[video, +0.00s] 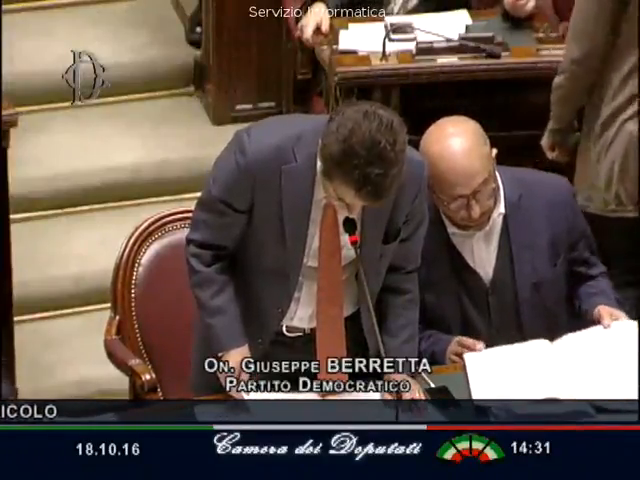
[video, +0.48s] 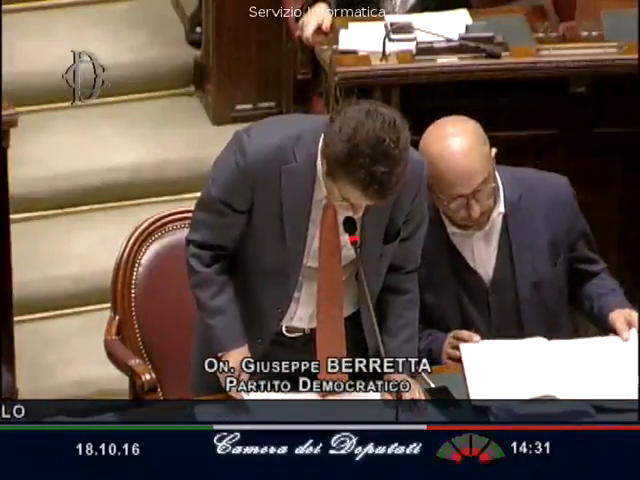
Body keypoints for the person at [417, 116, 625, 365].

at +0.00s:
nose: (473, 211)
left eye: (481, 192)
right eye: (455, 200)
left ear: (493, 157)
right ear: (429, 185)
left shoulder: (552, 197)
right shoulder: (407, 221)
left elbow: (586, 271)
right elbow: (394, 324)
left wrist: (601, 305)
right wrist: (441, 348)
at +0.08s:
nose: (473, 210)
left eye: (481, 191)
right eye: (455, 199)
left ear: (493, 157)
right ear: (428, 186)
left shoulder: (551, 196)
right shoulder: (407, 222)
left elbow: (586, 272)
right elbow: (392, 321)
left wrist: (605, 307)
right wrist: (441, 347)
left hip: (556, 376)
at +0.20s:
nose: (473, 210)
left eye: (481, 191)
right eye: (455, 199)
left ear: (493, 158)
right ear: (428, 186)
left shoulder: (551, 196)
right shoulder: (407, 222)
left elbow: (587, 272)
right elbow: (392, 321)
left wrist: (610, 307)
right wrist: (441, 346)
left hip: (555, 375)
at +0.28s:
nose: (472, 210)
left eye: (481, 191)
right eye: (455, 199)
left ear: (493, 158)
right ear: (428, 185)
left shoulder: (551, 196)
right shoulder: (407, 221)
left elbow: (587, 272)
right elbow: (392, 322)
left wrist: (612, 307)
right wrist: (440, 346)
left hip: (556, 376)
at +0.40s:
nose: (473, 210)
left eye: (481, 191)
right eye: (455, 199)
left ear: (493, 158)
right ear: (428, 185)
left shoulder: (551, 195)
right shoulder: (407, 220)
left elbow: (587, 273)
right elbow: (391, 323)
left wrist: (616, 310)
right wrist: (438, 345)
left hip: (554, 376)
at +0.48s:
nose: (473, 210)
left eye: (481, 191)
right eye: (455, 199)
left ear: (493, 158)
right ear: (428, 185)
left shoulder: (551, 196)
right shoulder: (407, 221)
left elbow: (587, 272)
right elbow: (392, 323)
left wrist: (615, 309)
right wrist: (438, 345)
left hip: (553, 377)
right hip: (455, 388)